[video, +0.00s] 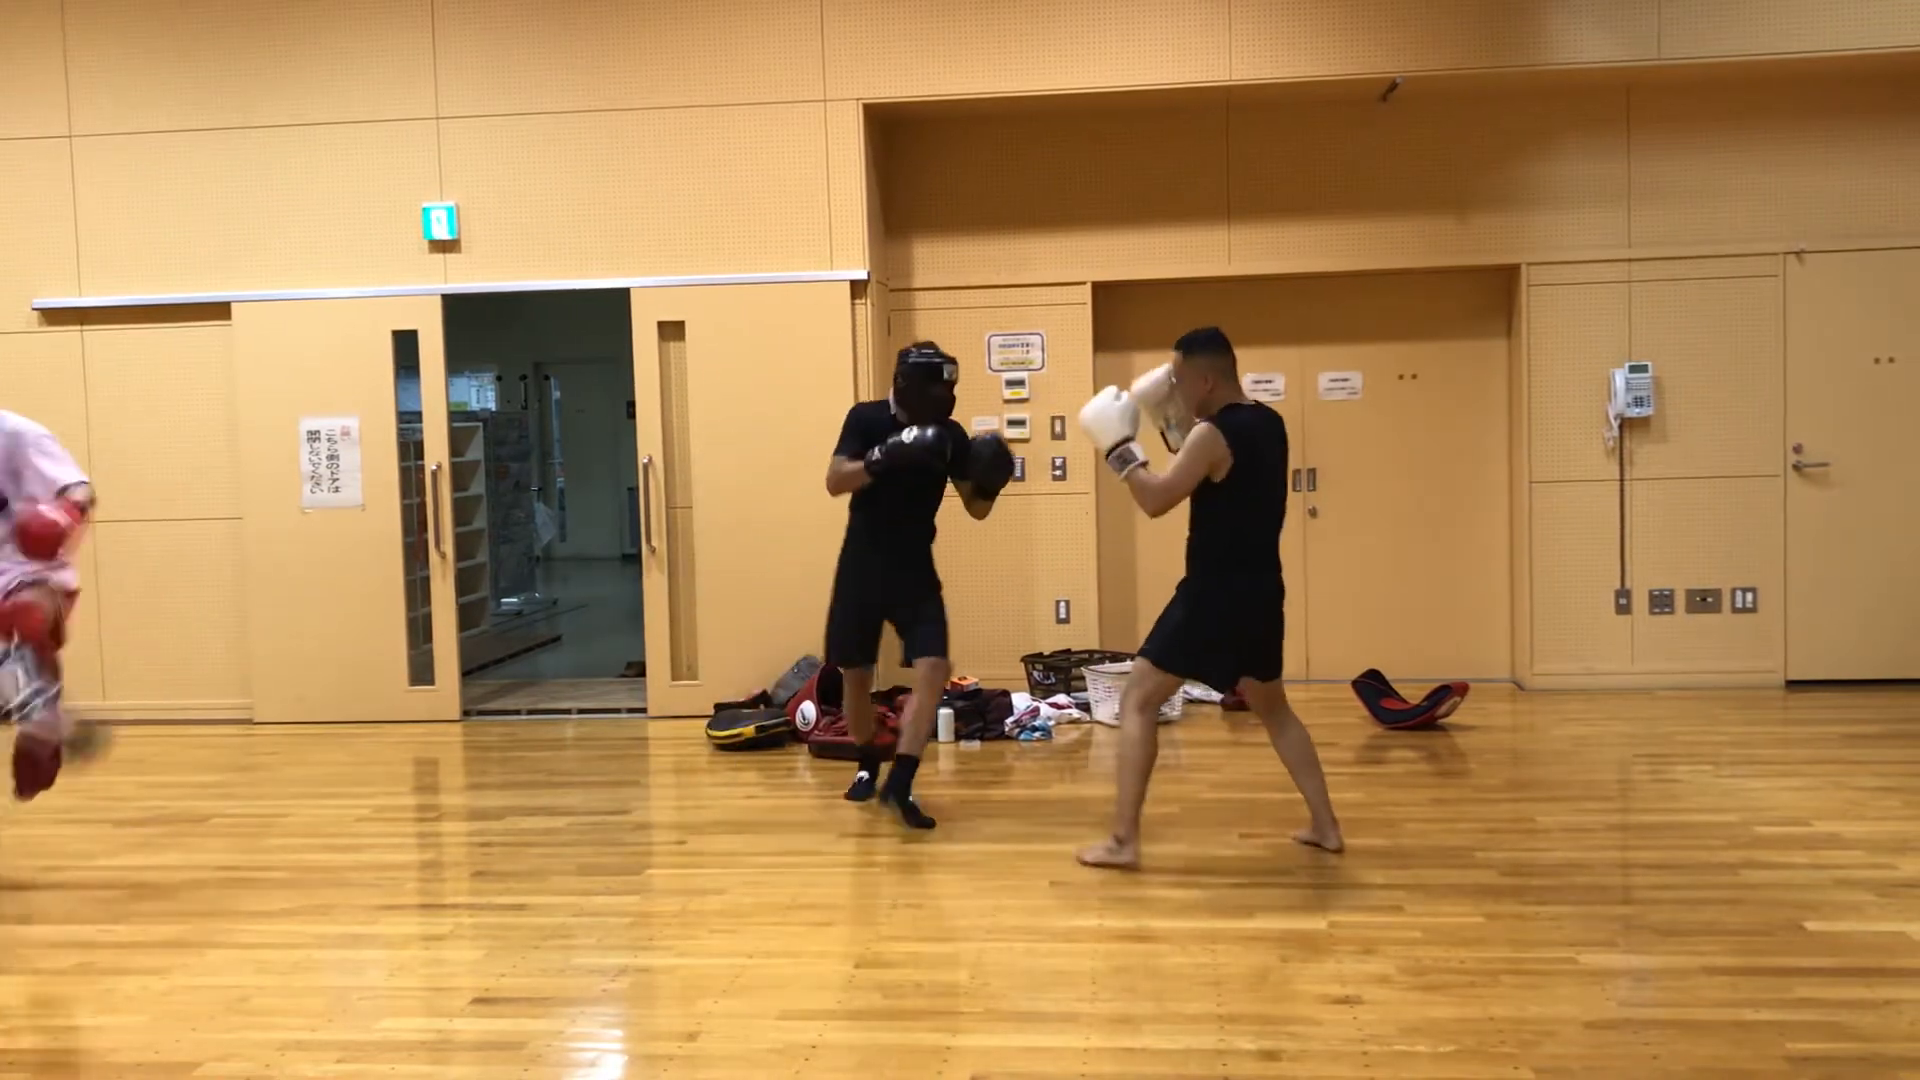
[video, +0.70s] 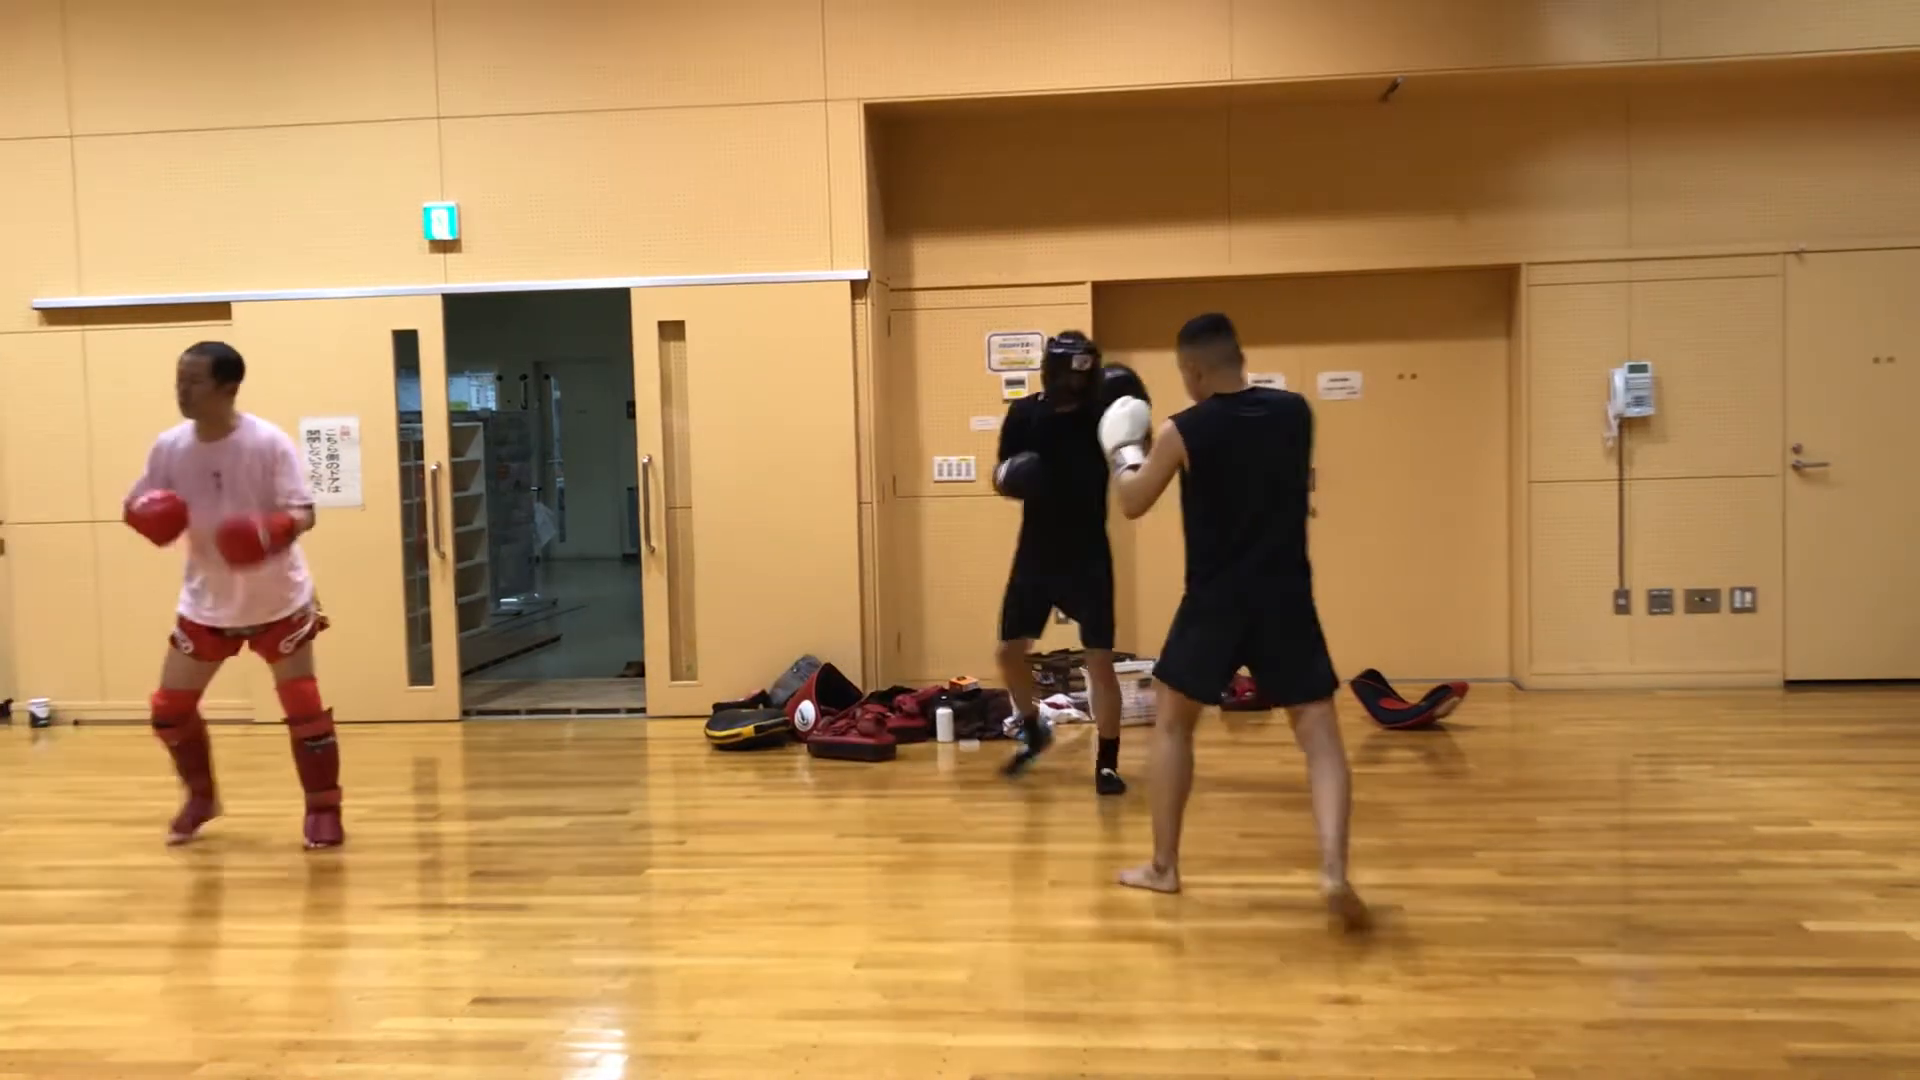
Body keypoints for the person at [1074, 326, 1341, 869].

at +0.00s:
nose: (1179, 392)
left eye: (1182, 381)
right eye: (1177, 381)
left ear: (1207, 378)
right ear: (1230, 375)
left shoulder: (1212, 434)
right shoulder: (1271, 424)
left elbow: (1154, 498)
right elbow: (1219, 480)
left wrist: (1120, 449)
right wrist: (1173, 422)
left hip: (1209, 598)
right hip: (1263, 597)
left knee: (1139, 699)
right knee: (1274, 707)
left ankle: (1123, 839)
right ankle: (1325, 824)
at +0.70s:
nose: (1185, 382)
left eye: (1184, 373)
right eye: (1184, 374)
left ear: (1191, 371)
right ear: (1241, 359)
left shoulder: (1185, 429)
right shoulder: (1295, 412)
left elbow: (1132, 502)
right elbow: (1297, 486)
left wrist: (1123, 449)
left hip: (1213, 605)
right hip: (1287, 602)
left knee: (1173, 725)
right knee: (1320, 737)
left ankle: (1163, 866)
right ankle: (1335, 871)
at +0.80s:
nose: (1219, 382)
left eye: (1219, 372)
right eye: (1221, 372)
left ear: (1226, 370)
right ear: (1276, 361)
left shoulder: (1215, 432)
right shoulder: (1331, 416)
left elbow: (1161, 504)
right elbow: (1330, 494)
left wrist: (1151, 451)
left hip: (1237, 609)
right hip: (1312, 608)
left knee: (1195, 735)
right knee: (1332, 756)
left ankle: (1167, 864)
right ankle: (1328, 900)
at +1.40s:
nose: (1347, 371)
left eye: (1345, 364)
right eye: (1352, 365)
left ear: (1344, 365)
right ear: (1402, 359)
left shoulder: (1327, 423)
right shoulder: (1444, 411)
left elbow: (1271, 488)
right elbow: (1456, 478)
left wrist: (1272, 434)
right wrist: (1416, 402)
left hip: (1346, 600)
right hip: (1413, 601)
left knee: (1352, 722)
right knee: (1468, 728)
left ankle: (1344, 849)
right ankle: (1422, 852)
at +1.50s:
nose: (1363, 369)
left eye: (1362, 361)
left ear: (1363, 361)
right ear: (1421, 355)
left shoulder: (1343, 419)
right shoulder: (1461, 409)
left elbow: (1286, 479)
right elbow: (1471, 476)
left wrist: (1289, 429)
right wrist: (1435, 401)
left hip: (1360, 598)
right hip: (1429, 598)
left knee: (1357, 719)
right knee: (1491, 716)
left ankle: (1344, 851)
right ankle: (1489, 863)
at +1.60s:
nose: (1383, 366)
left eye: (1385, 357)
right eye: (1388, 357)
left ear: (1393, 359)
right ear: (1447, 354)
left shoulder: (1370, 420)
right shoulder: (1487, 414)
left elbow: (1307, 474)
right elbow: (1493, 477)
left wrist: (1311, 417)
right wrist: (1457, 394)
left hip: (1383, 603)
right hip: (1456, 602)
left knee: (1366, 719)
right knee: (1514, 722)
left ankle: (1345, 849)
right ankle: (1561, 855)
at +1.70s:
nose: (1418, 381)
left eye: (1418, 373)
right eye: (1419, 373)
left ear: (1426, 373)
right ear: (1481, 368)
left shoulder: (1403, 429)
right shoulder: (1522, 428)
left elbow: (1337, 480)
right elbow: (1509, 494)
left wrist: (1338, 428)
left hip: (1413, 609)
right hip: (1485, 608)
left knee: (1378, 717)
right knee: (1542, 723)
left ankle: (1349, 846)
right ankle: (1567, 858)